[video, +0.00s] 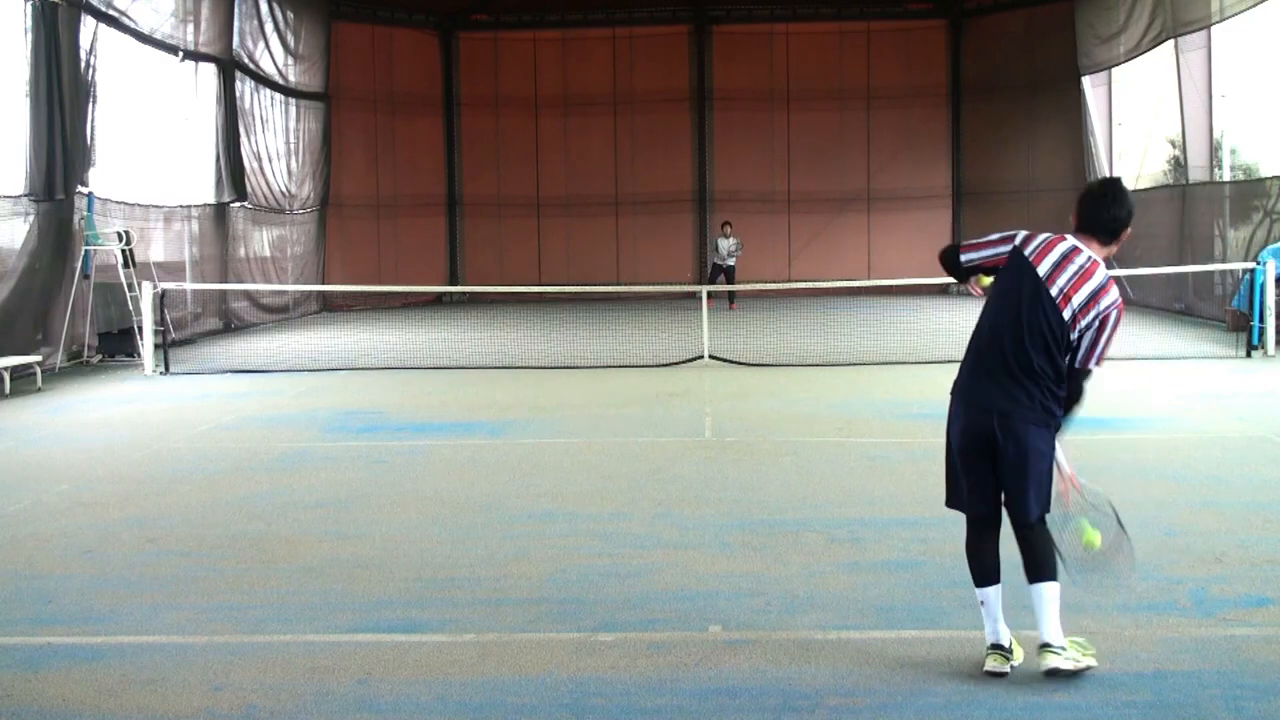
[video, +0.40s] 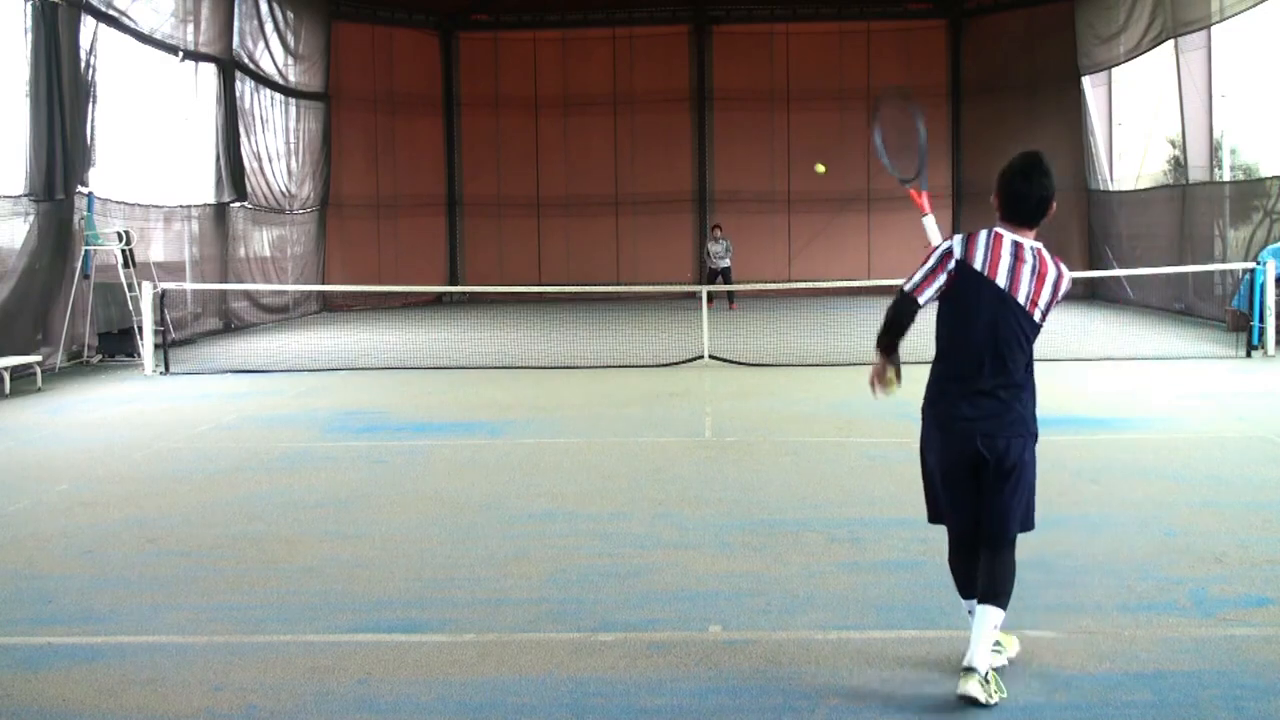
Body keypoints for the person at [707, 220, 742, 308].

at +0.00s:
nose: (727, 230)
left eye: (728, 228)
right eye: (725, 228)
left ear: (731, 230)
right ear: (722, 230)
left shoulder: (735, 241)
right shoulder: (718, 240)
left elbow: (739, 252)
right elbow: (715, 251)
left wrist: (733, 254)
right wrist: (721, 256)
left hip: (730, 264)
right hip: (718, 263)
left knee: (731, 283)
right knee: (711, 280)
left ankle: (732, 303)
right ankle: (709, 298)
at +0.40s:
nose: (716, 233)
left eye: (718, 231)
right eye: (715, 231)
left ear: (721, 232)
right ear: (712, 233)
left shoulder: (726, 243)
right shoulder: (709, 244)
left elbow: (729, 252)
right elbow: (706, 255)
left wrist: (722, 258)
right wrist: (711, 263)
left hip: (725, 266)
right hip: (713, 266)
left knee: (729, 284)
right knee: (709, 284)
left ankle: (731, 303)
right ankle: (710, 301)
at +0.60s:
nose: (718, 232)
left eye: (720, 230)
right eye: (716, 230)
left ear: (722, 232)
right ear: (713, 232)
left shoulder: (726, 242)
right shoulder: (710, 242)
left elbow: (725, 252)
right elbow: (708, 253)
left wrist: (714, 249)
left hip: (726, 265)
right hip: (715, 266)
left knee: (730, 284)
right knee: (710, 284)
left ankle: (737, 301)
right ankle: (710, 302)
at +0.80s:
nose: (725, 236)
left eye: (727, 234)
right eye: (724, 234)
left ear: (730, 235)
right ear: (722, 235)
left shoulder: (733, 244)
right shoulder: (721, 245)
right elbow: (715, 252)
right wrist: (708, 252)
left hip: (732, 268)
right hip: (721, 268)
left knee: (736, 286)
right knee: (713, 286)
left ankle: (745, 302)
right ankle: (710, 302)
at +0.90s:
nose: (730, 235)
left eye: (731, 232)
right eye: (728, 233)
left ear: (734, 234)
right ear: (726, 234)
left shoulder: (737, 242)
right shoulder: (725, 245)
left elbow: (734, 248)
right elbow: (718, 250)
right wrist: (709, 251)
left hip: (737, 267)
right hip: (727, 267)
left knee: (740, 285)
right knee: (720, 285)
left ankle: (745, 302)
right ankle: (714, 301)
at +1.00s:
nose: (732, 233)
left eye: (733, 231)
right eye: (730, 231)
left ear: (737, 232)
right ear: (728, 232)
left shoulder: (740, 241)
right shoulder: (729, 242)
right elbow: (722, 248)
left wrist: (715, 245)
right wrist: (711, 249)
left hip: (742, 264)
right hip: (732, 265)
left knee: (742, 284)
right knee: (727, 283)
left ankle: (746, 302)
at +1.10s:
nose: (733, 232)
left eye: (735, 229)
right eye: (732, 230)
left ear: (738, 230)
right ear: (730, 231)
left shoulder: (742, 240)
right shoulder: (731, 242)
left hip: (746, 262)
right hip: (737, 264)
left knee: (743, 283)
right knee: (734, 283)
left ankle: (745, 301)